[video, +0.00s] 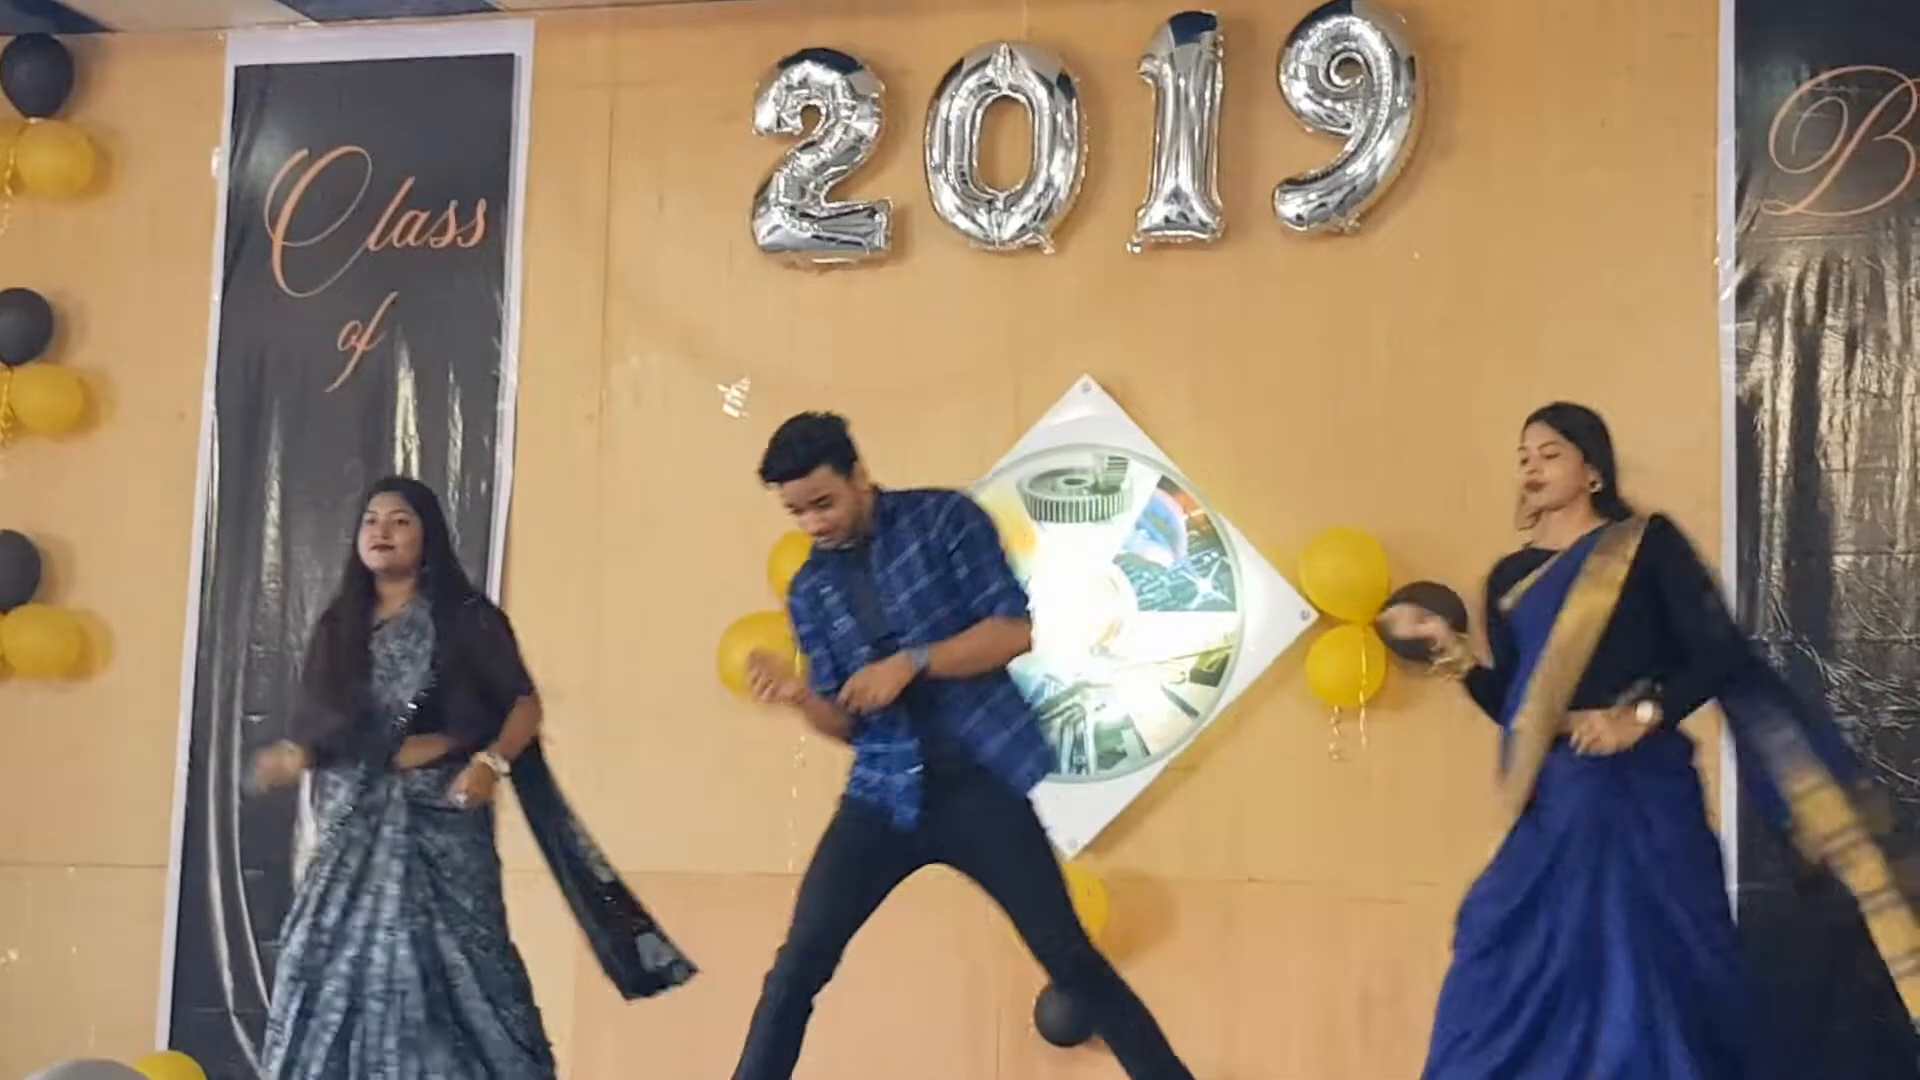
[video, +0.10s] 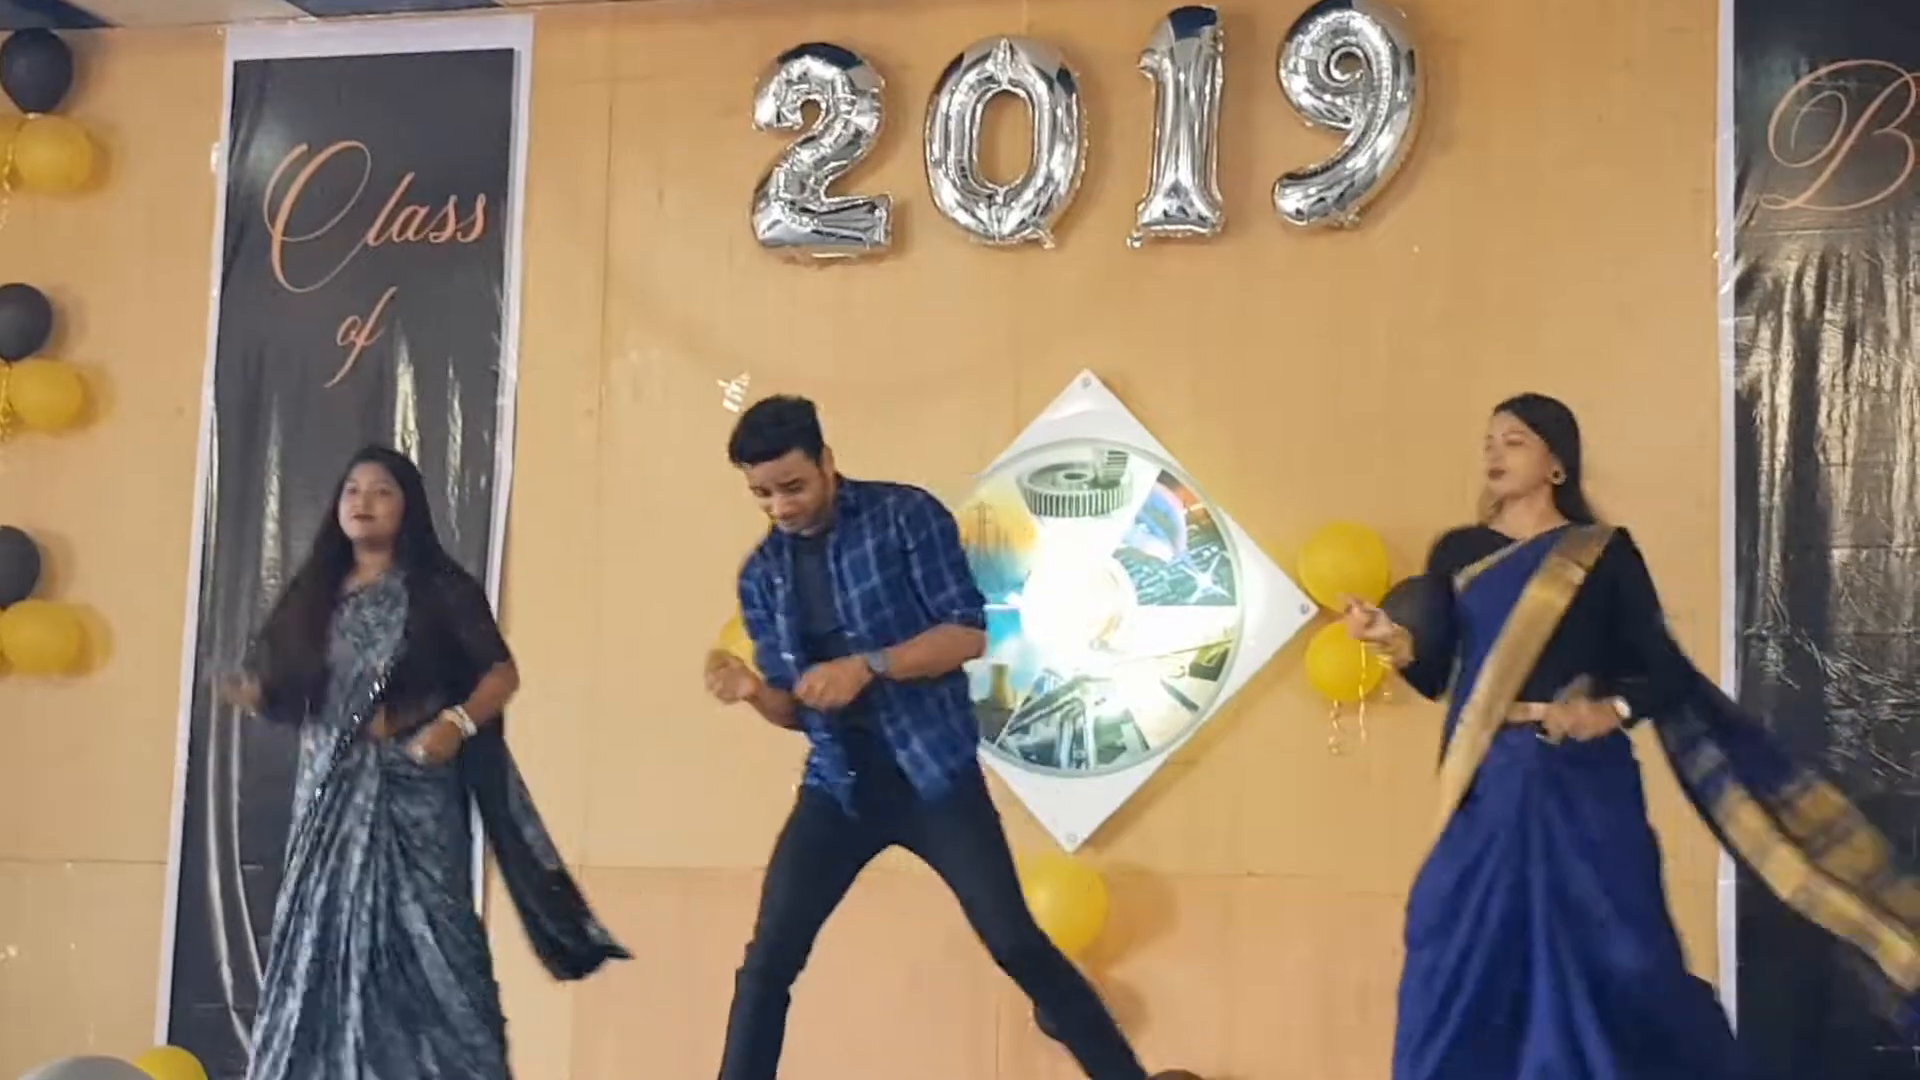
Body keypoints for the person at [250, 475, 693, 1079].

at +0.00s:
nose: (382, 532)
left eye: (399, 521)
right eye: (371, 521)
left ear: (427, 536)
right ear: (357, 536)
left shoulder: (469, 617)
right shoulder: (339, 625)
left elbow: (526, 706)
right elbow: (322, 723)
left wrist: (490, 762)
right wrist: (295, 755)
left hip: (442, 823)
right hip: (356, 823)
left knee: (441, 983)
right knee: (340, 977)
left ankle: (447, 1073)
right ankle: (338, 1072)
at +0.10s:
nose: (361, 502)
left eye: (379, 492)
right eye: (351, 491)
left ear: (407, 508)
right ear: (337, 505)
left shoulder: (442, 585)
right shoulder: (316, 590)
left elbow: (503, 673)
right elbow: (291, 688)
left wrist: (457, 722)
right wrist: (254, 693)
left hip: (417, 788)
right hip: (334, 789)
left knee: (420, 949)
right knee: (325, 945)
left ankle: (428, 1069)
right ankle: (322, 1068)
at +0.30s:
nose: (333, 391)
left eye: (350, 378)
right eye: (322, 377)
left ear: (377, 389)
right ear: (306, 387)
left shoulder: (406, 467)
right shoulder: (285, 470)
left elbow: (454, 561)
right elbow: (255, 558)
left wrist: (395, 611)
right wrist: (234, 580)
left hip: (383, 671)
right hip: (299, 667)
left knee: (379, 831)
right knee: (293, 820)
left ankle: (384, 1009)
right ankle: (279, 1004)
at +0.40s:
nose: (305, 342)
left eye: (322, 329)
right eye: (296, 327)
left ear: (351, 341)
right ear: (279, 336)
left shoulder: (381, 429)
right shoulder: (261, 417)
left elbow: (410, 536)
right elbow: (239, 526)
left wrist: (355, 574)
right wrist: (214, 597)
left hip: (353, 618)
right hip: (268, 614)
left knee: (348, 774)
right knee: (250, 766)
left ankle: (372, 945)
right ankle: (245, 953)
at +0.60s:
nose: (299, 225)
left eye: (319, 216)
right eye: (295, 213)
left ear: (349, 232)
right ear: (285, 225)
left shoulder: (360, 306)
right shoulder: (287, 310)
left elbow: (372, 407)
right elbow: (285, 413)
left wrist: (329, 454)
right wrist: (253, 470)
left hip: (341, 509)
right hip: (283, 507)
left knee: (327, 671)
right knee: (257, 670)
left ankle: (431, 805)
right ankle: (263, 848)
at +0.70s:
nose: (317, 199)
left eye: (336, 190)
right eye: (316, 186)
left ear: (369, 204)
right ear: (311, 196)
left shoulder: (368, 275)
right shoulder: (305, 275)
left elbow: (370, 379)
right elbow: (270, 375)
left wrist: (324, 409)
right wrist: (295, 407)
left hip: (345, 474)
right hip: (288, 473)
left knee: (354, 636)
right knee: (265, 640)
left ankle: (455, 786)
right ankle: (260, 822)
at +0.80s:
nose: (337, 203)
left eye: (354, 195)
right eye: (339, 192)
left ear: (390, 209)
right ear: (344, 201)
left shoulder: (386, 281)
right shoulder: (341, 275)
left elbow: (375, 392)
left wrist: (328, 395)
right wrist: (305, 394)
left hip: (356, 472)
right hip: (316, 467)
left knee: (367, 641)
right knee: (273, 637)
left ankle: (459, 806)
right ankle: (252, 809)